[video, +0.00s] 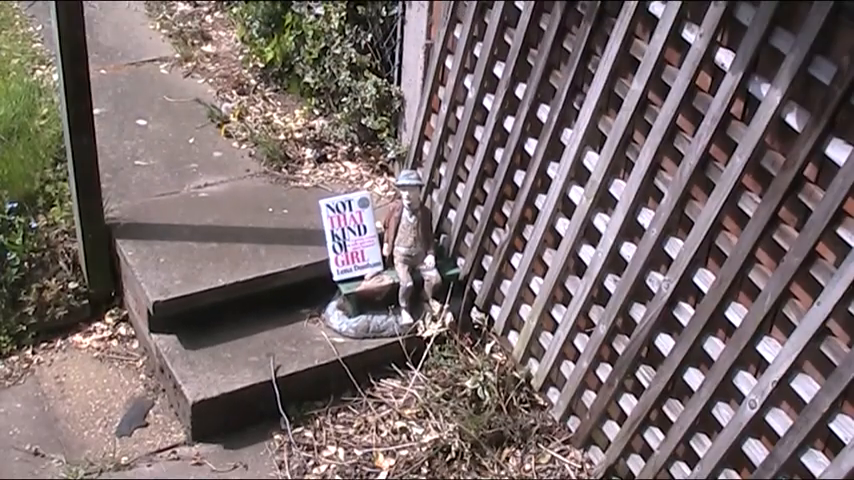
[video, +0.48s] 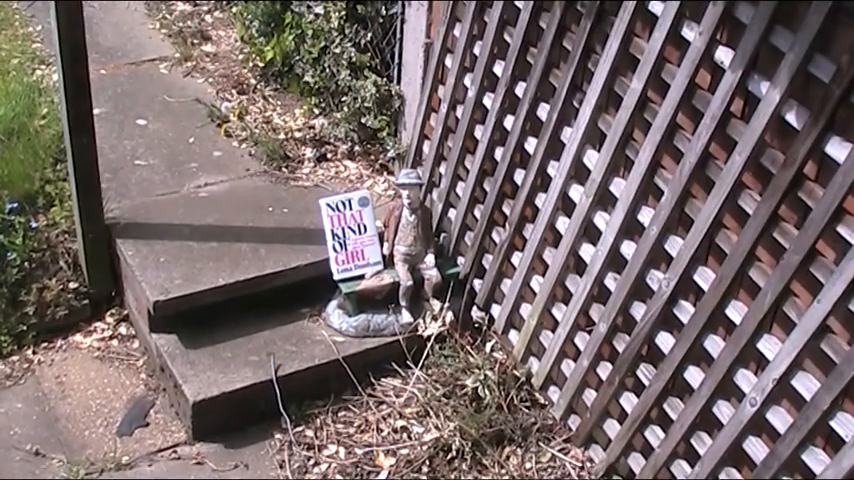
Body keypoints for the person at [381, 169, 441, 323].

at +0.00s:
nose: (407, 194)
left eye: (411, 190)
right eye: (403, 190)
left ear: (419, 191)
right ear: (399, 191)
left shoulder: (425, 213)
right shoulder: (395, 210)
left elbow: (429, 237)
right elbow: (388, 228)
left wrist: (430, 253)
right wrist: (386, 244)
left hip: (421, 254)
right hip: (400, 253)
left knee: (434, 279)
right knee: (407, 284)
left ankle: (428, 303)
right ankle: (405, 309)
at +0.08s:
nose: (407, 195)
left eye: (411, 190)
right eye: (403, 190)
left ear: (419, 192)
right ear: (399, 192)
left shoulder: (425, 213)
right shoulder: (395, 210)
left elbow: (429, 237)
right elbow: (388, 228)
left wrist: (430, 253)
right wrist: (386, 244)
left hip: (421, 254)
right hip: (400, 253)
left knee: (434, 279)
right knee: (407, 284)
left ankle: (427, 302)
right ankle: (405, 309)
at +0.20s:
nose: (406, 194)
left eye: (411, 190)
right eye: (403, 190)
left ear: (419, 191)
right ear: (399, 191)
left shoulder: (425, 213)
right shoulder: (395, 209)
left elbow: (429, 236)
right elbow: (388, 227)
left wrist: (430, 253)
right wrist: (387, 243)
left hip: (421, 254)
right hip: (400, 252)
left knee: (434, 279)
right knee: (407, 283)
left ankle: (427, 302)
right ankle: (405, 308)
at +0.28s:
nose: (406, 194)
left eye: (411, 190)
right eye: (403, 189)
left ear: (419, 191)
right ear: (399, 191)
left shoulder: (425, 212)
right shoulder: (395, 209)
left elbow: (429, 236)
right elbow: (387, 227)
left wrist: (430, 252)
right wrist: (386, 243)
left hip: (420, 254)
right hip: (400, 253)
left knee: (434, 279)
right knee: (407, 283)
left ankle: (427, 302)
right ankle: (404, 309)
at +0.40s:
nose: (406, 195)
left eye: (411, 191)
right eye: (403, 191)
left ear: (419, 192)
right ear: (399, 192)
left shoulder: (425, 213)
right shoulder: (395, 211)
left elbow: (429, 237)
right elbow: (388, 229)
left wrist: (430, 253)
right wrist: (387, 244)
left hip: (420, 253)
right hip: (400, 252)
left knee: (434, 280)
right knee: (407, 284)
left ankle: (427, 302)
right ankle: (404, 309)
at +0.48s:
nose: (406, 193)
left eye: (411, 189)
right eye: (403, 189)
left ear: (419, 191)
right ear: (399, 191)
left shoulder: (425, 212)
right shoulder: (395, 209)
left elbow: (429, 235)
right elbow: (388, 227)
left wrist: (430, 251)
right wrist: (387, 243)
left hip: (421, 252)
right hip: (401, 251)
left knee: (434, 278)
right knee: (407, 283)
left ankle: (427, 299)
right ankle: (405, 308)